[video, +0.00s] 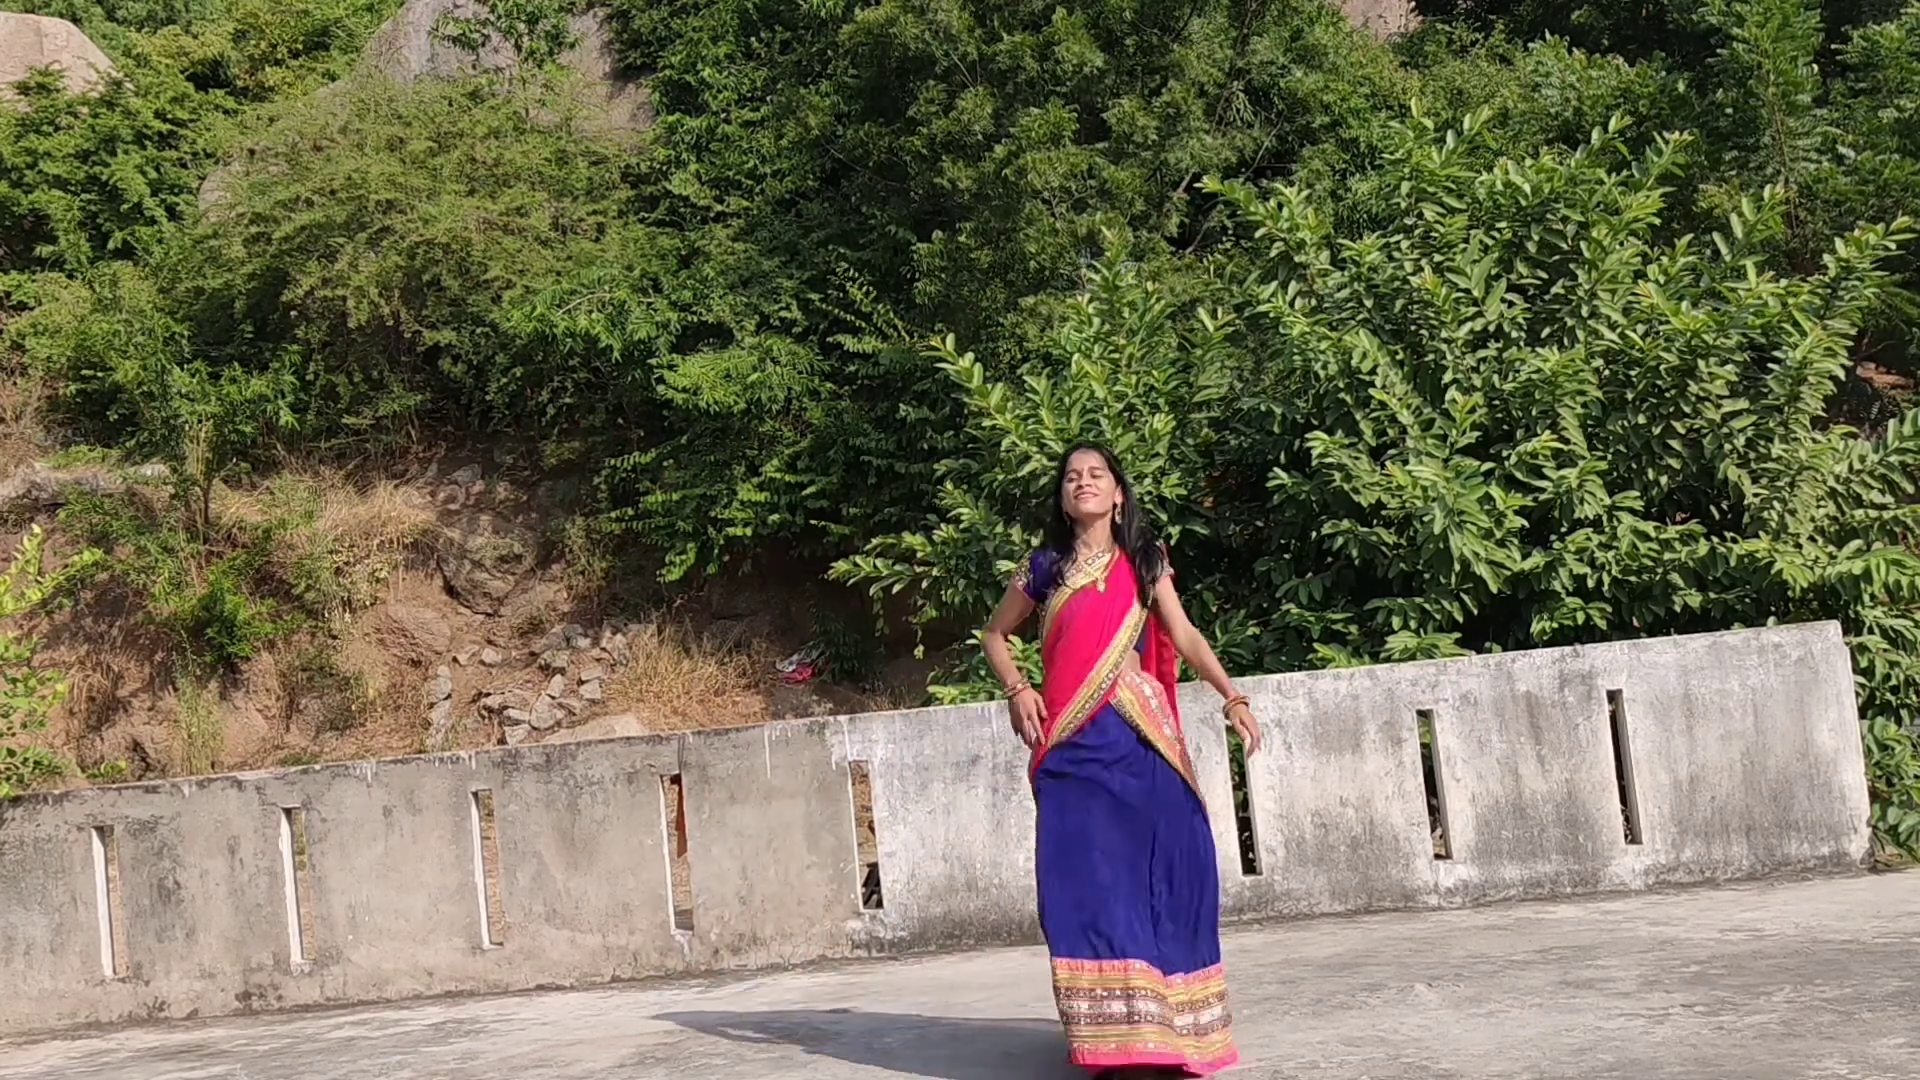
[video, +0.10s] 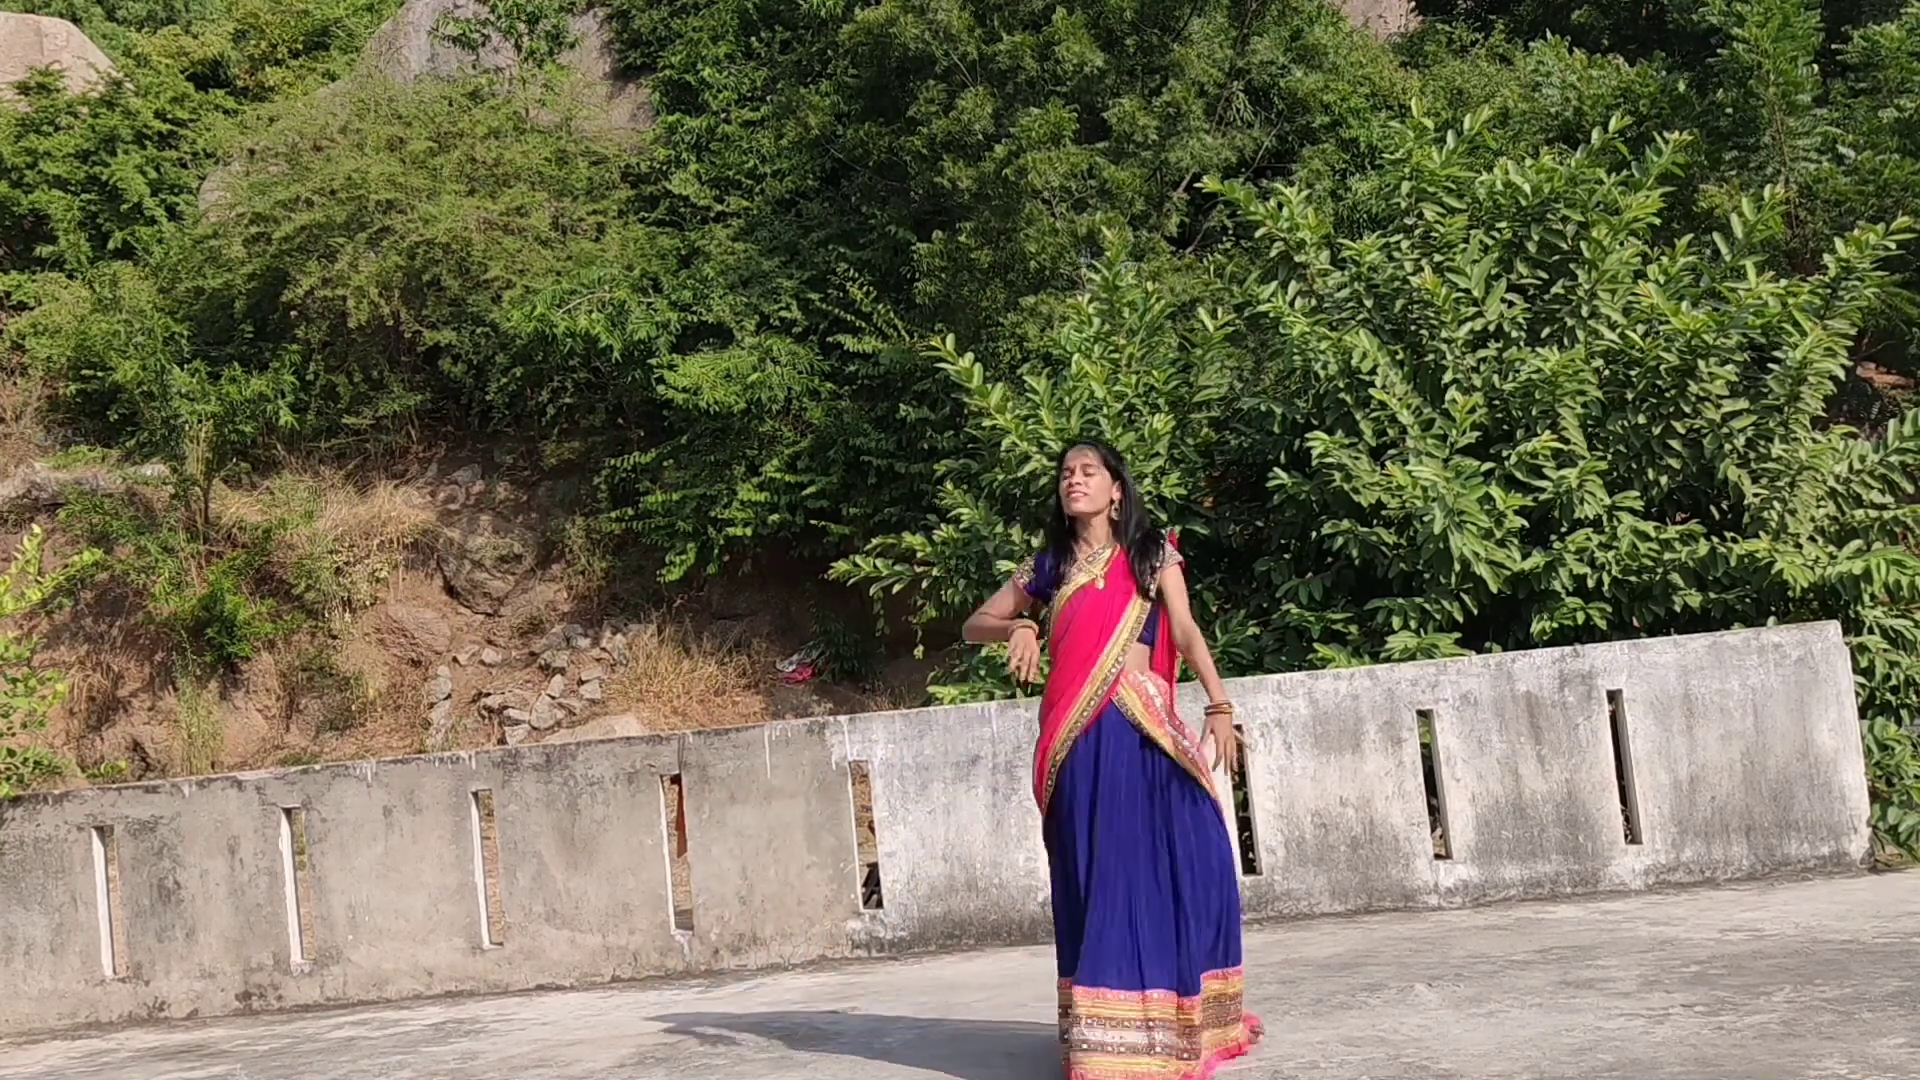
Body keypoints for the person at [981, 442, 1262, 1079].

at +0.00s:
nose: (1084, 483)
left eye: (1096, 475)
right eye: (1073, 477)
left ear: (1120, 493)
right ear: (1061, 497)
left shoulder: (1143, 560)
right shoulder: (1044, 567)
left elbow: (1185, 635)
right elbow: (994, 635)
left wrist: (1232, 697)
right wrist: (1016, 690)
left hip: (1143, 746)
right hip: (1071, 751)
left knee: (1161, 881)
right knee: (1088, 888)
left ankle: (1169, 1031)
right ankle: (1109, 1037)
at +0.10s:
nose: (1075, 481)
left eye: (1088, 472)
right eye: (1067, 475)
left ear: (1117, 489)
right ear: (1059, 495)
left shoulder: (1150, 551)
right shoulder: (1050, 564)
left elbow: (1188, 634)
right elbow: (975, 625)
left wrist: (1222, 709)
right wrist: (1018, 627)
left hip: (1143, 729)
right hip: (1077, 736)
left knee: (1148, 875)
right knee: (1095, 879)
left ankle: (1164, 1028)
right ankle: (1109, 1032)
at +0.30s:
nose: (1075, 496)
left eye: (1087, 484)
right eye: (1073, 485)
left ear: (1124, 492)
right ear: (1079, 498)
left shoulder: (1167, 547)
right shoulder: (1079, 575)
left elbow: (1189, 635)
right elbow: (975, 605)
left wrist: (1207, 713)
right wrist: (1017, 544)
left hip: (1149, 734)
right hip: (1090, 740)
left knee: (1146, 882)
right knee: (1106, 886)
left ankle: (1171, 1045)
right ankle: (1130, 1047)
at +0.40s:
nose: (1086, 501)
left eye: (1100, 490)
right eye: (1084, 490)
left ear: (1137, 496)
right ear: (1090, 501)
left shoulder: (1182, 547)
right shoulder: (1096, 578)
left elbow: (1198, 625)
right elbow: (1002, 627)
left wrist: (1197, 690)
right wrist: (1010, 557)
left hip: (1162, 738)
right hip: (1105, 747)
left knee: (1162, 887)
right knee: (1110, 891)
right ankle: (1133, 1052)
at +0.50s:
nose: (1102, 504)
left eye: (1116, 493)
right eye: (1100, 493)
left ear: (1153, 497)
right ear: (1104, 502)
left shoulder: (1192, 538)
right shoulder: (1118, 579)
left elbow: (1192, 599)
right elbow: (1035, 636)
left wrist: (1157, 645)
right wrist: (970, 590)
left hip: (1186, 732)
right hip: (1127, 736)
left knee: (1203, 878)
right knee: (1125, 881)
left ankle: (1262, 1039)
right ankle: (1143, 1047)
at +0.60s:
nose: (1120, 506)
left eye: (1132, 493)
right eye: (1116, 495)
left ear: (1169, 491)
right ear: (1123, 501)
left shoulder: (1207, 528)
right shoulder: (1141, 568)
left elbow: (1172, 587)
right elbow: (1060, 618)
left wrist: (1090, 611)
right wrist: (962, 629)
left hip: (1209, 721)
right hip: (1151, 726)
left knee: (1225, 873)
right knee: (1143, 877)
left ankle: (1253, 1040)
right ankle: (1147, 1045)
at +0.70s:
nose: (1132, 508)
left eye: (1143, 495)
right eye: (1128, 497)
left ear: (1181, 491)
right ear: (1136, 500)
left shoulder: (1216, 527)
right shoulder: (1150, 573)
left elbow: (1156, 568)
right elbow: (1072, 626)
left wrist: (1065, 583)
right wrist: (976, 635)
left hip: (1221, 716)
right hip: (1161, 721)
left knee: (1238, 868)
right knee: (1146, 873)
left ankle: (1269, 1037)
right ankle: (1143, 1043)